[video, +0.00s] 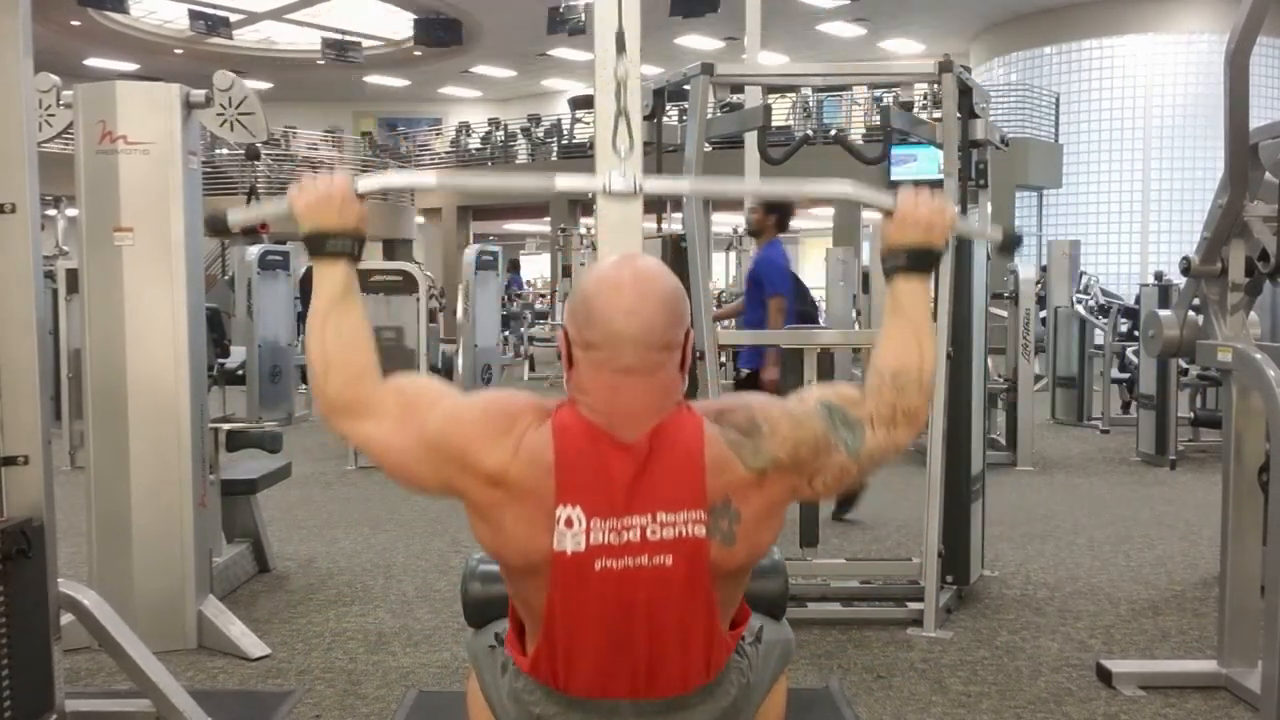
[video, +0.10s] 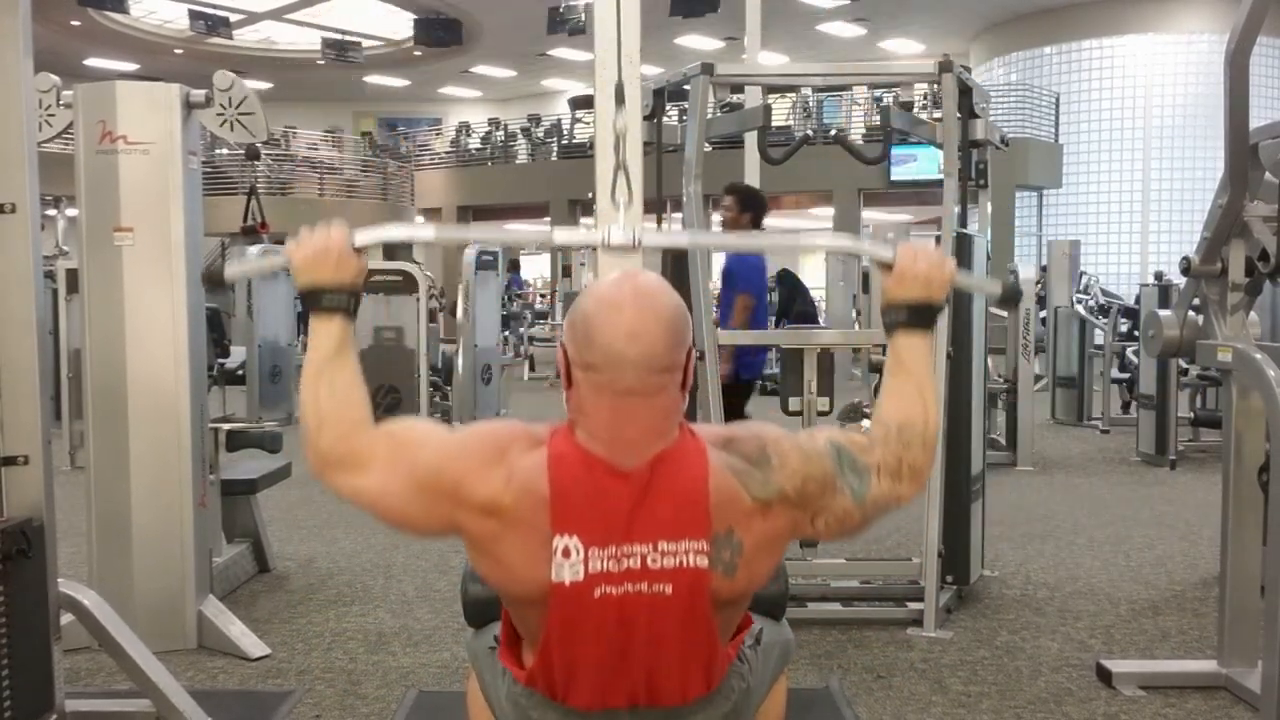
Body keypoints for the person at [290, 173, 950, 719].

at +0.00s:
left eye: (566, 331)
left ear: (567, 349)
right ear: (685, 351)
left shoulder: (500, 441)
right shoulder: (761, 439)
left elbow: (351, 403)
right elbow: (897, 414)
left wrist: (331, 252)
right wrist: (912, 268)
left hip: (549, 695)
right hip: (703, 693)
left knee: (489, 650)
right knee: (771, 646)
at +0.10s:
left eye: (567, 344)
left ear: (566, 368)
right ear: (686, 369)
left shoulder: (495, 473)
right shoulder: (756, 474)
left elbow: (340, 452)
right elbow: (901, 465)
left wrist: (327, 305)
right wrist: (914, 319)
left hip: (546, 696)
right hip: (708, 694)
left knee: (492, 615)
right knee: (770, 639)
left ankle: (480, 708)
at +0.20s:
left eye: (565, 363)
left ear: (565, 385)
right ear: (688, 388)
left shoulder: (492, 498)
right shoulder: (758, 494)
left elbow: (338, 510)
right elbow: (901, 518)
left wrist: (326, 358)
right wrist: (911, 370)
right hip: (713, 696)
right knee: (769, 628)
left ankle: (484, 706)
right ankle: (783, 709)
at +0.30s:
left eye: (564, 375)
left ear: (564, 398)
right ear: (688, 401)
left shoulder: (488, 517)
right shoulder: (764, 515)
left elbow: (336, 555)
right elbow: (895, 564)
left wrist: (323, 407)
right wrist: (909, 417)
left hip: (537, 704)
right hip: (703, 704)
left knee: (488, 643)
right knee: (770, 628)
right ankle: (774, 702)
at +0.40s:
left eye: (562, 385)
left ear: (564, 409)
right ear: (688, 413)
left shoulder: (486, 531)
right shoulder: (762, 530)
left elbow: (342, 598)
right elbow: (883, 609)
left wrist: (324, 447)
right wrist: (905, 460)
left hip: (531, 705)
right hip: (700, 706)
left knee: (487, 665)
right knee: (769, 638)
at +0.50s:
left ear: (563, 419)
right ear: (689, 422)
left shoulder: (485, 544)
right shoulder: (767, 544)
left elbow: (349, 627)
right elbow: (876, 636)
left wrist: (326, 479)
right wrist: (905, 486)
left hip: (532, 707)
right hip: (703, 710)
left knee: (486, 669)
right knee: (767, 645)